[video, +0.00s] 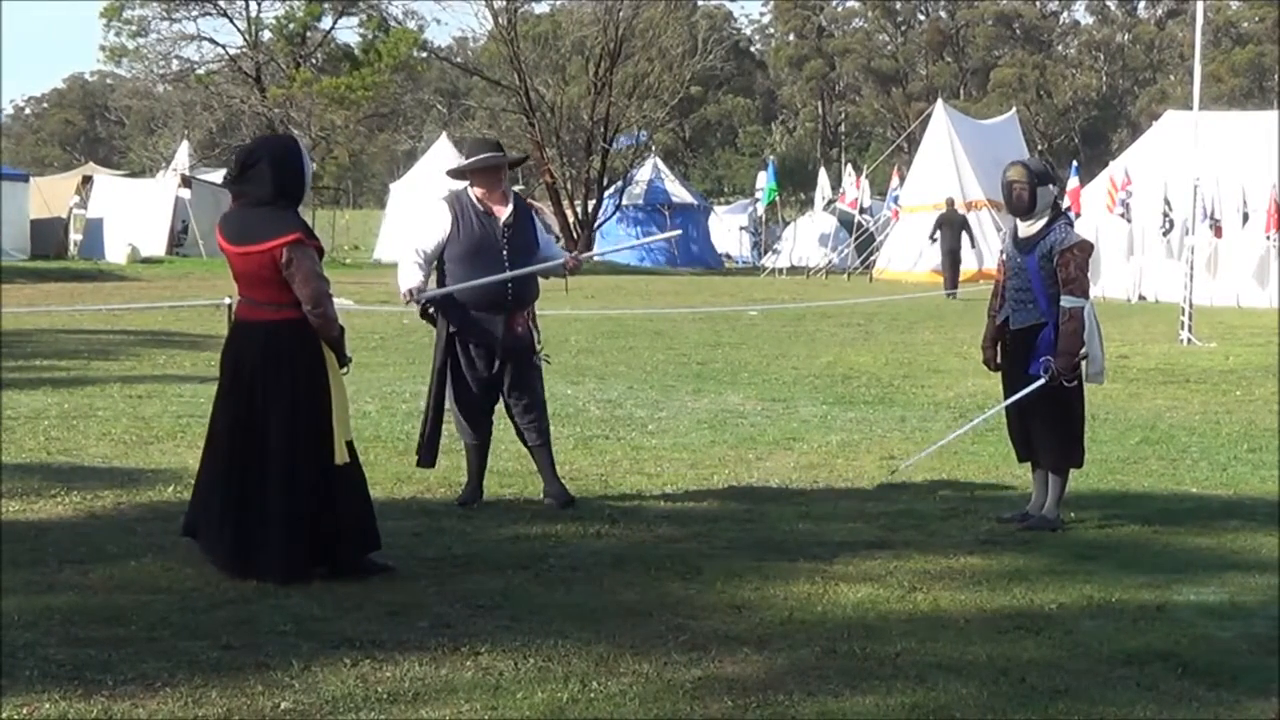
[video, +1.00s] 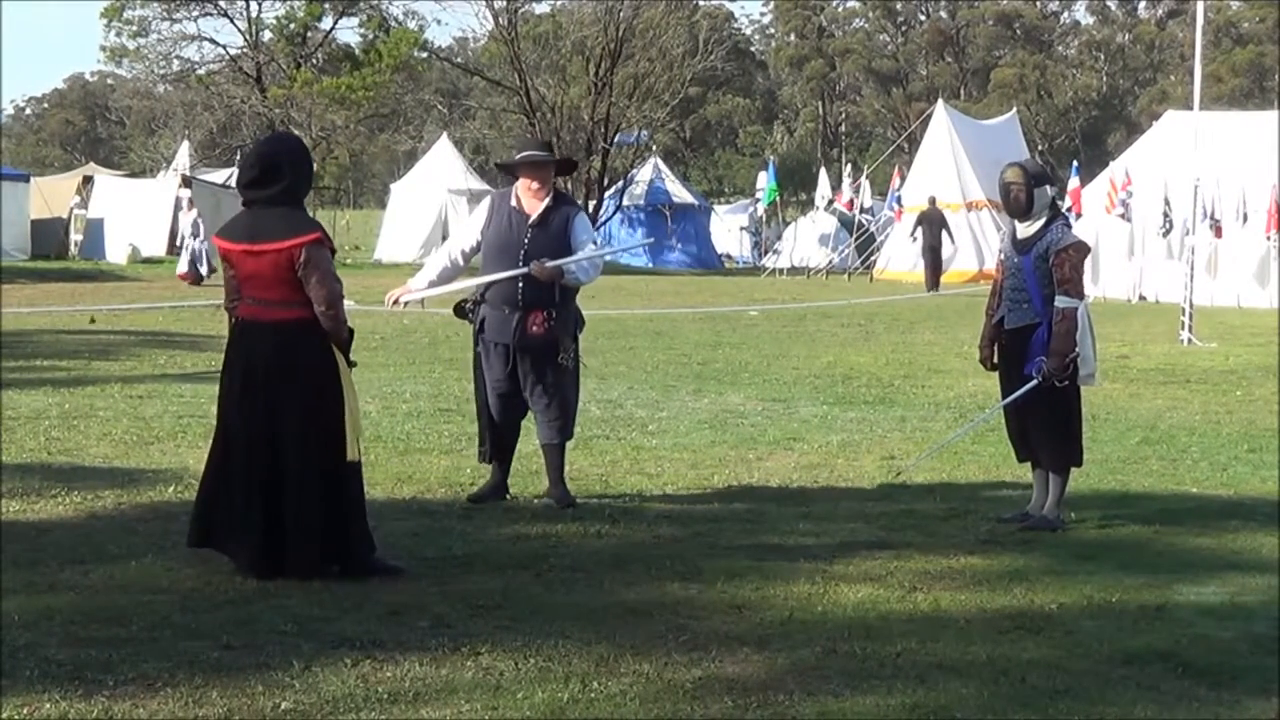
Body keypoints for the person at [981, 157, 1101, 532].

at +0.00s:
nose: (1014, 195)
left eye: (1022, 189)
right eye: (1010, 189)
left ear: (1045, 192)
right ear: (1006, 193)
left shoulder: (1063, 236)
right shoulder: (1014, 234)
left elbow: (1074, 300)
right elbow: (1003, 288)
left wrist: (1068, 353)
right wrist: (991, 335)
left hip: (1051, 338)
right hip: (1017, 338)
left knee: (1054, 418)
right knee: (1028, 416)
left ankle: (1052, 509)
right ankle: (1038, 502)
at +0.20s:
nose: (1013, 196)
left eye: (1021, 189)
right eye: (1009, 189)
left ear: (1045, 193)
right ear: (1006, 193)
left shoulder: (1063, 237)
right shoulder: (1013, 235)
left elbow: (1073, 301)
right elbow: (1002, 290)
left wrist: (1065, 355)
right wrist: (990, 335)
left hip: (1051, 338)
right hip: (1017, 339)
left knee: (1055, 419)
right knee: (1028, 416)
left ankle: (1053, 509)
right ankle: (1038, 501)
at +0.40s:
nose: (1013, 196)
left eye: (1021, 189)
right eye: (1009, 189)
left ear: (1045, 193)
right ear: (1005, 193)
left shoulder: (1063, 237)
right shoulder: (1013, 235)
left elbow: (1072, 301)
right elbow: (1002, 289)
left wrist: (1064, 354)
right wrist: (990, 335)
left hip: (1050, 338)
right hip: (1016, 338)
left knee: (1054, 418)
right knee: (1027, 416)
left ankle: (1053, 508)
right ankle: (1039, 501)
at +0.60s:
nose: (1012, 196)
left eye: (1020, 189)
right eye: (1009, 189)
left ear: (1043, 193)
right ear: (1005, 193)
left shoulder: (1062, 236)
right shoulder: (1013, 234)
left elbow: (1071, 300)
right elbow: (1002, 288)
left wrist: (1062, 353)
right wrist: (990, 334)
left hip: (1049, 337)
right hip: (1015, 338)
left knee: (1054, 418)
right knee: (1027, 416)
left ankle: (1053, 508)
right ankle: (1039, 501)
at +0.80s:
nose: (1011, 197)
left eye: (1019, 190)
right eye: (1008, 190)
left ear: (1043, 193)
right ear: (1005, 194)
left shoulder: (1062, 238)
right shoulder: (1013, 235)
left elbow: (1070, 301)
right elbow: (1001, 289)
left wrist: (1061, 354)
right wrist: (990, 335)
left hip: (1048, 338)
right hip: (1014, 339)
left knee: (1053, 418)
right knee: (1026, 417)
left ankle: (1053, 508)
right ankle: (1038, 501)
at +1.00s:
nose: (1010, 197)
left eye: (1018, 190)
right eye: (1006, 190)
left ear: (1041, 193)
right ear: (1004, 194)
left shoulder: (1061, 238)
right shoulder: (1011, 235)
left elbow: (1069, 301)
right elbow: (1000, 289)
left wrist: (1059, 354)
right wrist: (989, 335)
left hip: (1047, 337)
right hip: (1013, 337)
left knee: (1053, 416)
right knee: (1026, 415)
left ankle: (1053, 507)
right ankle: (1039, 501)